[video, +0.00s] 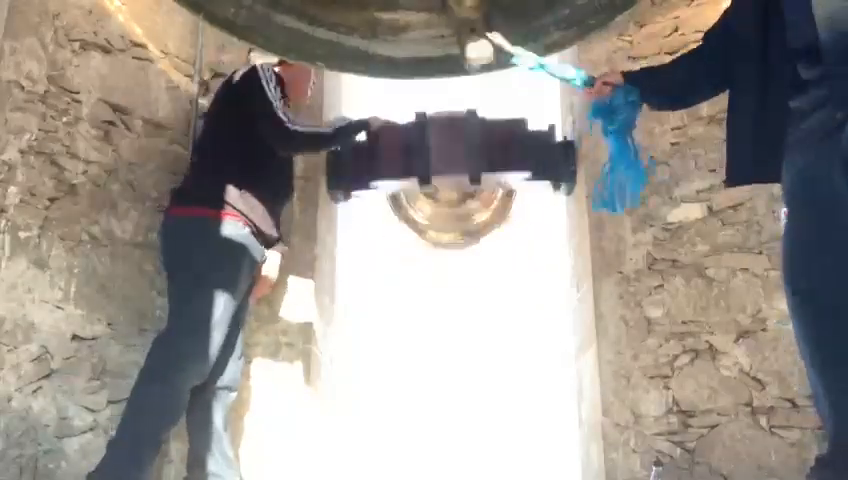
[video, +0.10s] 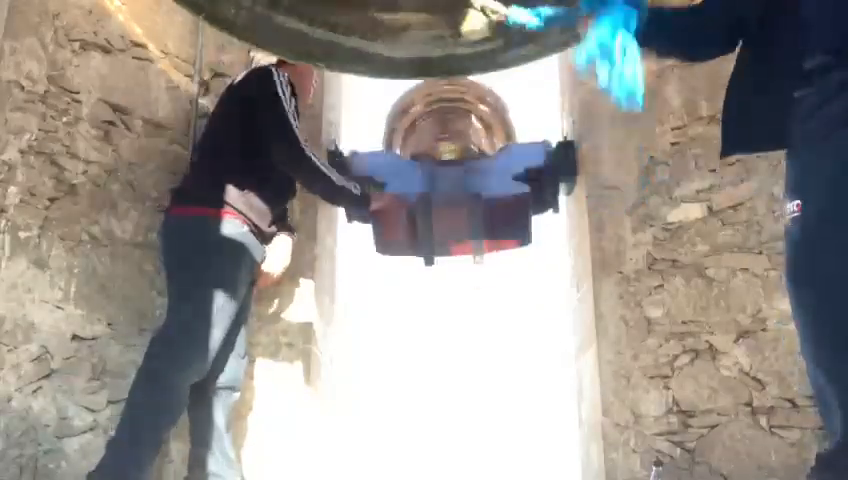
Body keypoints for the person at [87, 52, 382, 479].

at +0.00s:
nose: (312, 88)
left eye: (315, 81)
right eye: (309, 77)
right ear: (289, 65)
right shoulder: (258, 76)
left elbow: (261, 189)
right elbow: (282, 136)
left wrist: (268, 250)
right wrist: (357, 128)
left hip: (241, 241)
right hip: (215, 227)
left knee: (221, 377)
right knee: (188, 358)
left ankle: (215, 471)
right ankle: (118, 470)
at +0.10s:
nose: (318, 84)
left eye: (320, 74)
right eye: (316, 71)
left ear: (290, 65)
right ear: (297, 63)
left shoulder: (274, 99)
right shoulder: (267, 81)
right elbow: (292, 154)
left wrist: (279, 234)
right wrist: (361, 199)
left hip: (239, 240)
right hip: (216, 228)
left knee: (223, 378)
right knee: (184, 357)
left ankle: (217, 471)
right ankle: (119, 471)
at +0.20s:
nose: (313, 89)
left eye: (313, 83)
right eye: (311, 79)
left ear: (283, 63)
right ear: (292, 65)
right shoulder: (268, 81)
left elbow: (244, 174)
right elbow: (313, 147)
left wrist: (287, 208)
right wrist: (374, 214)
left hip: (239, 241)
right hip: (212, 227)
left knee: (220, 379)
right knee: (175, 358)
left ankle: (215, 472)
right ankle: (117, 471)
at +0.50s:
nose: (304, 64)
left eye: (308, 57)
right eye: (301, 54)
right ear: (284, 50)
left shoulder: (286, 102)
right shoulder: (261, 73)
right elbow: (296, 152)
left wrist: (322, 136)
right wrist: (347, 222)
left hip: (248, 239)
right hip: (216, 225)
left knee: (221, 380)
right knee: (187, 358)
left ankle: (216, 473)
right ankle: (118, 470)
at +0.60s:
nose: (306, 54)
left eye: (307, 45)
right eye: (302, 42)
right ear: (281, 39)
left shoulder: (278, 88)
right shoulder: (257, 68)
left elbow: (307, 162)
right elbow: (285, 148)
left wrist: (330, 106)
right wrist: (330, 215)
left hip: (248, 235)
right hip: (217, 222)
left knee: (222, 377)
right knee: (188, 355)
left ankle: (215, 473)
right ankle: (117, 471)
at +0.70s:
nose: (309, 55)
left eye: (312, 47)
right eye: (307, 44)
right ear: (286, 35)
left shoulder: (271, 84)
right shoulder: (256, 67)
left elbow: (312, 149)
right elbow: (283, 145)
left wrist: (354, 93)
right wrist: (338, 194)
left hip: (250, 235)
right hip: (220, 224)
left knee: (222, 378)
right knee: (187, 359)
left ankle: (215, 472)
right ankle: (117, 470)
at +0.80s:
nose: (308, 62)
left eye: (310, 54)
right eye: (304, 50)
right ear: (283, 41)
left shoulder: (276, 91)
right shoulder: (257, 66)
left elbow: (316, 155)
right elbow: (289, 144)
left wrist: (368, 124)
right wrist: (352, 162)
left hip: (251, 237)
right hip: (220, 222)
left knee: (224, 378)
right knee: (187, 357)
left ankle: (215, 473)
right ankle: (117, 470)